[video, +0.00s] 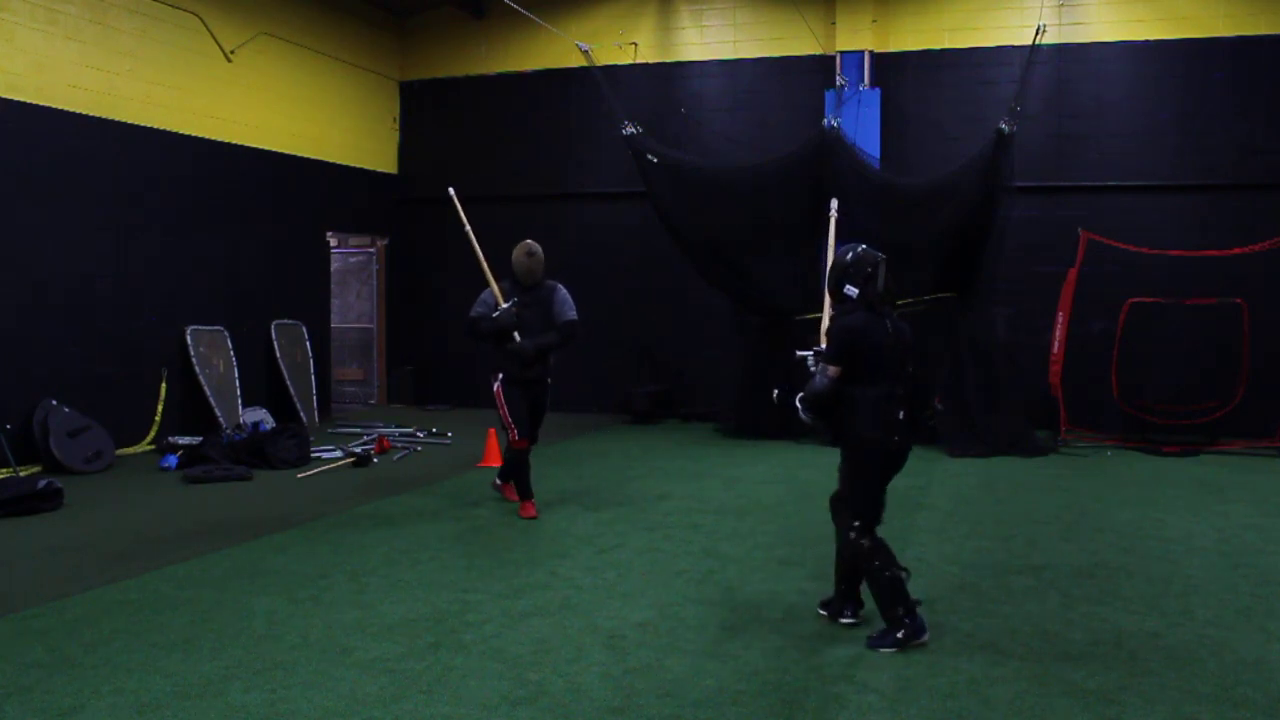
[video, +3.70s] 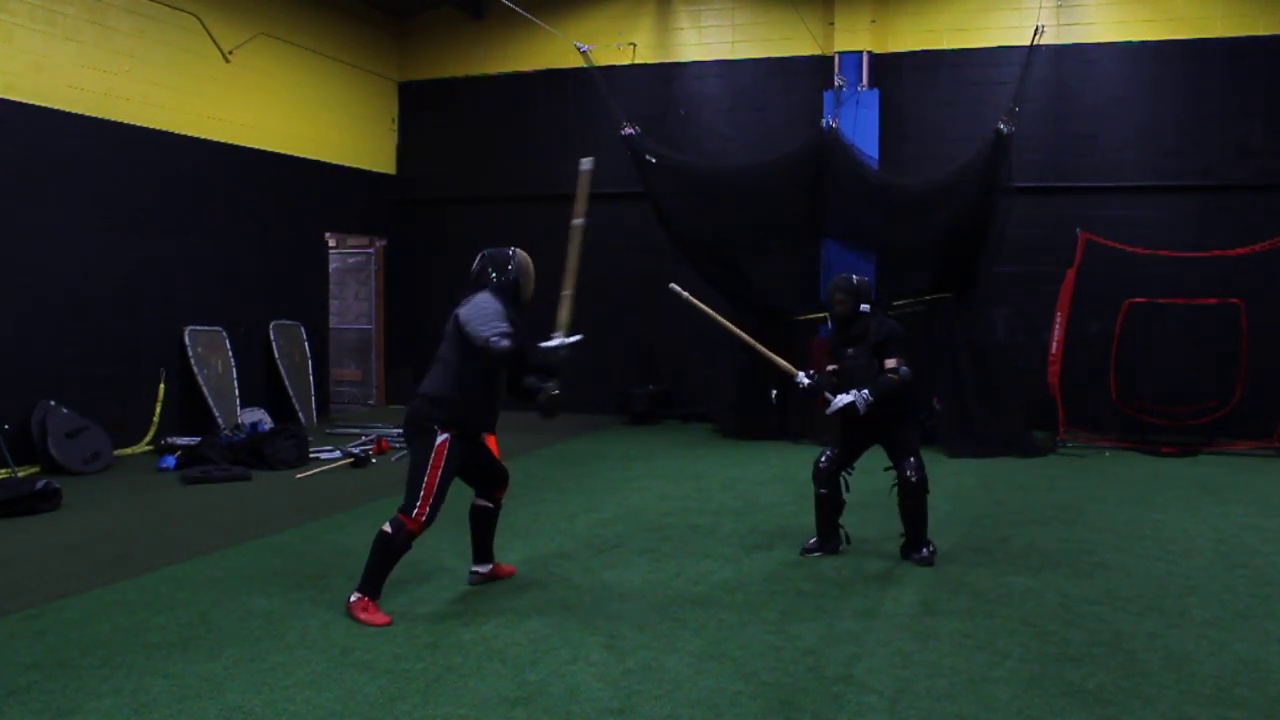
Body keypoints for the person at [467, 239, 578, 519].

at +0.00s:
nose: (530, 280)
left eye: (534, 274)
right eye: (525, 275)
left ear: (542, 270)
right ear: (516, 270)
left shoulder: (555, 293)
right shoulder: (497, 294)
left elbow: (570, 330)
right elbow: (473, 327)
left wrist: (534, 346)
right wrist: (499, 321)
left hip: (540, 376)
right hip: (507, 375)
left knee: (528, 437)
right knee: (519, 437)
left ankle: (503, 479)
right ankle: (526, 498)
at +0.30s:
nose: (526, 273)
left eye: (531, 268)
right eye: (522, 267)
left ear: (536, 267)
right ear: (510, 265)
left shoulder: (543, 295)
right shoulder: (487, 289)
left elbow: (554, 332)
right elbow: (461, 320)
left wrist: (520, 344)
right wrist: (492, 317)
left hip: (522, 372)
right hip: (489, 369)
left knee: (513, 430)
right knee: (494, 428)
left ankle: (500, 485)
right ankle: (489, 490)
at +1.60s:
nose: (514, 267)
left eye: (519, 262)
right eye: (508, 260)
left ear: (522, 265)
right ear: (493, 258)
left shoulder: (525, 296)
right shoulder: (465, 286)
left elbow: (540, 335)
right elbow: (429, 312)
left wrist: (508, 345)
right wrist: (469, 316)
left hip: (505, 387)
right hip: (467, 384)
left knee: (507, 454)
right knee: (456, 456)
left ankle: (505, 513)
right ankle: (444, 525)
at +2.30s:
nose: (548, 273)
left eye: (550, 266)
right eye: (542, 266)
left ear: (542, 269)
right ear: (523, 264)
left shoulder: (537, 307)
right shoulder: (483, 294)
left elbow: (544, 352)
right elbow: (460, 333)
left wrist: (537, 368)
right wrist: (515, 337)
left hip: (509, 403)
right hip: (470, 400)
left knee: (528, 472)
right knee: (459, 477)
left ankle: (523, 548)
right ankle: (439, 524)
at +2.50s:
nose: (557, 295)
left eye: (560, 287)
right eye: (555, 286)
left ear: (538, 281)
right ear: (538, 280)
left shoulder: (541, 320)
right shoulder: (494, 306)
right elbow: (476, 345)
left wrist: (542, 381)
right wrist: (533, 351)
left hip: (506, 412)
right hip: (467, 409)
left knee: (538, 473)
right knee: (445, 485)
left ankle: (524, 551)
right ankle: (404, 563)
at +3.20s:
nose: (531, 284)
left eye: (532, 276)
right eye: (527, 276)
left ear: (508, 274)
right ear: (507, 274)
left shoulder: (505, 315)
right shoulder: (475, 302)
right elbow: (449, 341)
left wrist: (507, 397)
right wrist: (503, 360)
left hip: (467, 417)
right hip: (437, 414)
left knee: (499, 480)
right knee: (430, 500)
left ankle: (482, 561)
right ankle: (379, 579)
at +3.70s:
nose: (527, 284)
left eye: (526, 277)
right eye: (523, 276)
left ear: (490, 274)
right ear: (508, 275)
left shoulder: (499, 312)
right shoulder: (481, 304)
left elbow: (505, 374)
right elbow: (502, 349)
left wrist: (539, 392)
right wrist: (545, 352)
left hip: (459, 425)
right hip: (438, 424)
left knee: (494, 479)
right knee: (417, 513)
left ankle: (483, 565)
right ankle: (363, 596)